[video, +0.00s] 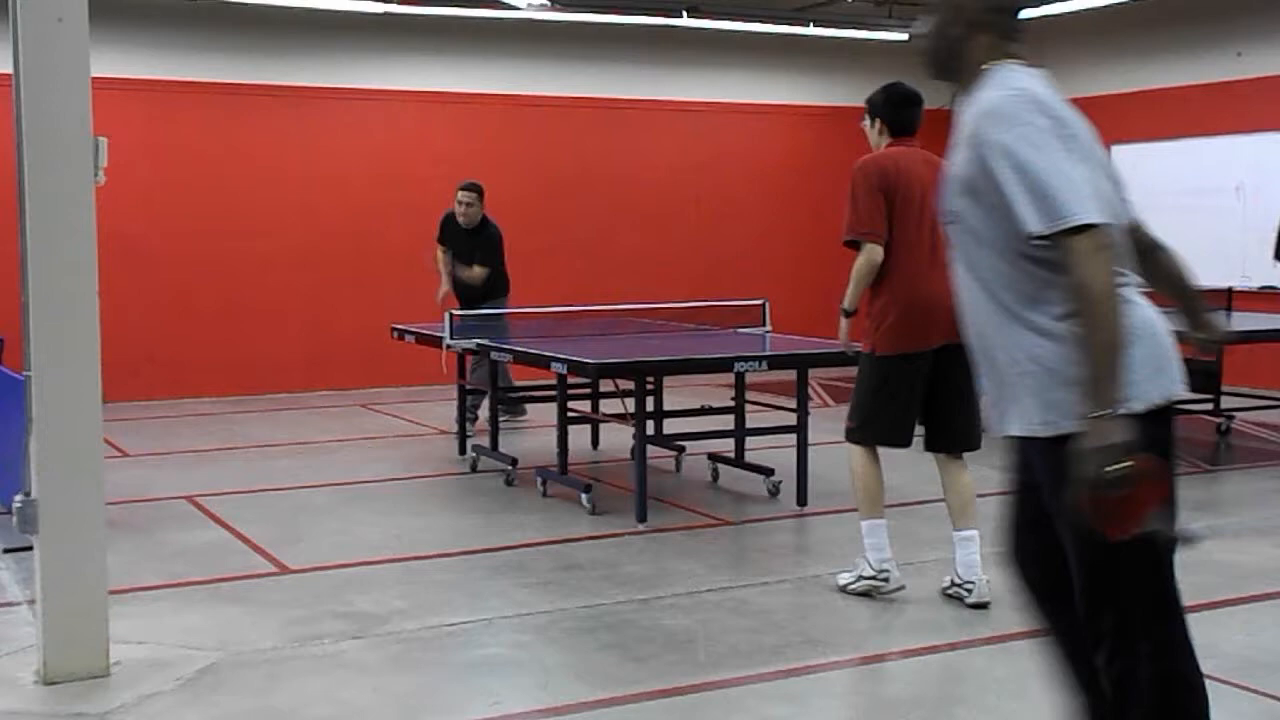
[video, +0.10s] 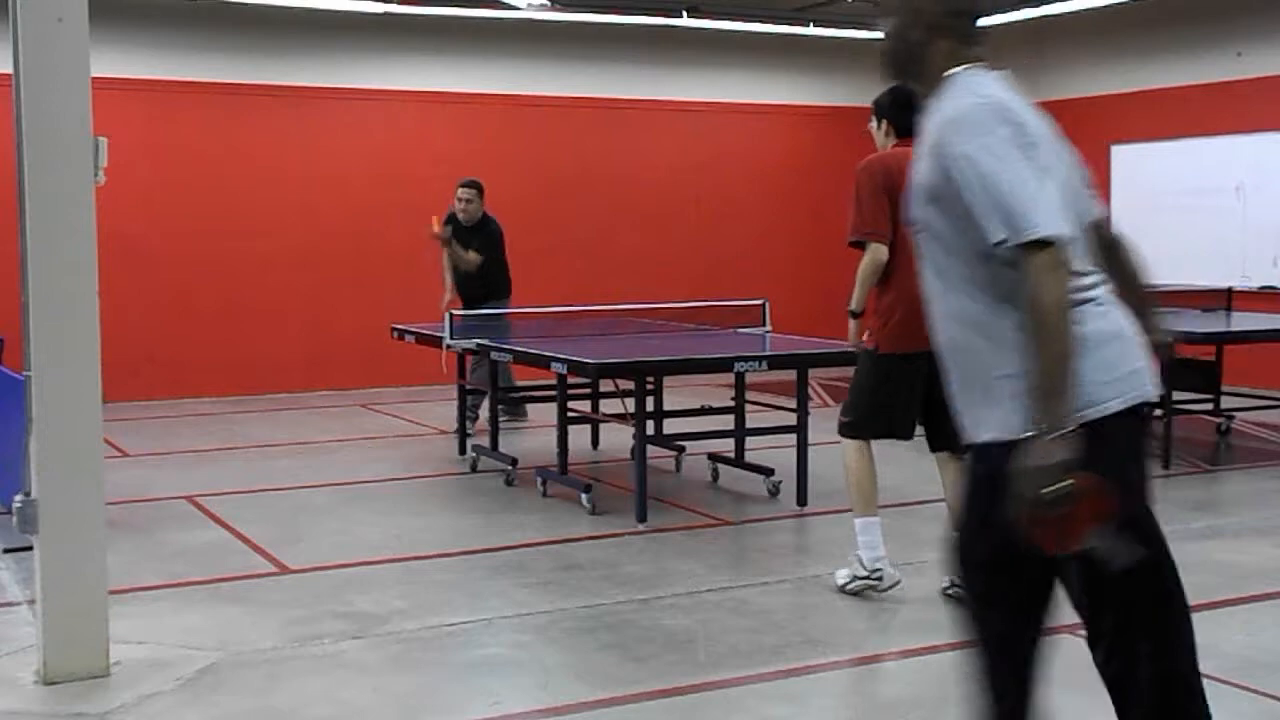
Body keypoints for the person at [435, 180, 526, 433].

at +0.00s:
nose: (463, 209)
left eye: (470, 205)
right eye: (460, 203)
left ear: (481, 207)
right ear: (454, 203)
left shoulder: (490, 234)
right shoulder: (449, 222)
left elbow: (478, 275)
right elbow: (443, 250)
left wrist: (452, 268)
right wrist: (446, 279)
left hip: (491, 298)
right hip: (466, 296)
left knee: (484, 353)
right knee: (485, 350)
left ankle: (469, 412)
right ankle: (511, 402)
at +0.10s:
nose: (462, 205)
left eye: (469, 201)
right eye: (459, 200)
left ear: (481, 204)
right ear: (454, 201)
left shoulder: (490, 229)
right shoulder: (452, 223)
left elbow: (472, 262)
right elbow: (448, 257)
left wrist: (449, 243)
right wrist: (450, 290)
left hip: (494, 298)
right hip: (470, 298)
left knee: (482, 355)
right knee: (492, 352)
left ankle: (469, 414)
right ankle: (513, 404)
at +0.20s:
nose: (462, 199)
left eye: (469, 195)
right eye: (459, 194)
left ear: (482, 198)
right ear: (455, 196)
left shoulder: (491, 223)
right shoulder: (456, 220)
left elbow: (469, 248)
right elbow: (454, 253)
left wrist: (448, 232)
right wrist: (452, 287)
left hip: (495, 298)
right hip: (473, 298)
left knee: (480, 356)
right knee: (494, 353)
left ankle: (469, 414)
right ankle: (514, 405)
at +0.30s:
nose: (462, 195)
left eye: (468, 190)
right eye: (459, 190)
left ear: (481, 194)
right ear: (454, 193)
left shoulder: (489, 220)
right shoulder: (457, 219)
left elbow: (472, 247)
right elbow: (457, 253)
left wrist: (449, 236)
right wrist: (451, 282)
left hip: (495, 297)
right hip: (474, 297)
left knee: (477, 354)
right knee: (494, 352)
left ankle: (469, 414)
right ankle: (513, 405)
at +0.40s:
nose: (457, 196)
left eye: (464, 191)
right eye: (455, 191)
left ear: (478, 195)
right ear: (451, 194)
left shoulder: (487, 221)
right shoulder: (459, 219)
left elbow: (473, 254)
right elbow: (458, 249)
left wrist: (449, 248)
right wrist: (447, 269)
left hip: (494, 299)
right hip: (475, 299)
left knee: (477, 356)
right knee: (494, 353)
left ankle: (467, 416)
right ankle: (513, 406)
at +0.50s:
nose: (451, 202)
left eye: (457, 197)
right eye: (448, 197)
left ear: (472, 200)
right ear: (446, 200)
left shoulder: (483, 226)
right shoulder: (457, 223)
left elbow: (477, 266)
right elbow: (454, 244)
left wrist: (451, 270)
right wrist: (439, 261)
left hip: (494, 299)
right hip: (475, 299)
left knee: (477, 357)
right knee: (495, 354)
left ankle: (466, 417)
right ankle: (513, 407)